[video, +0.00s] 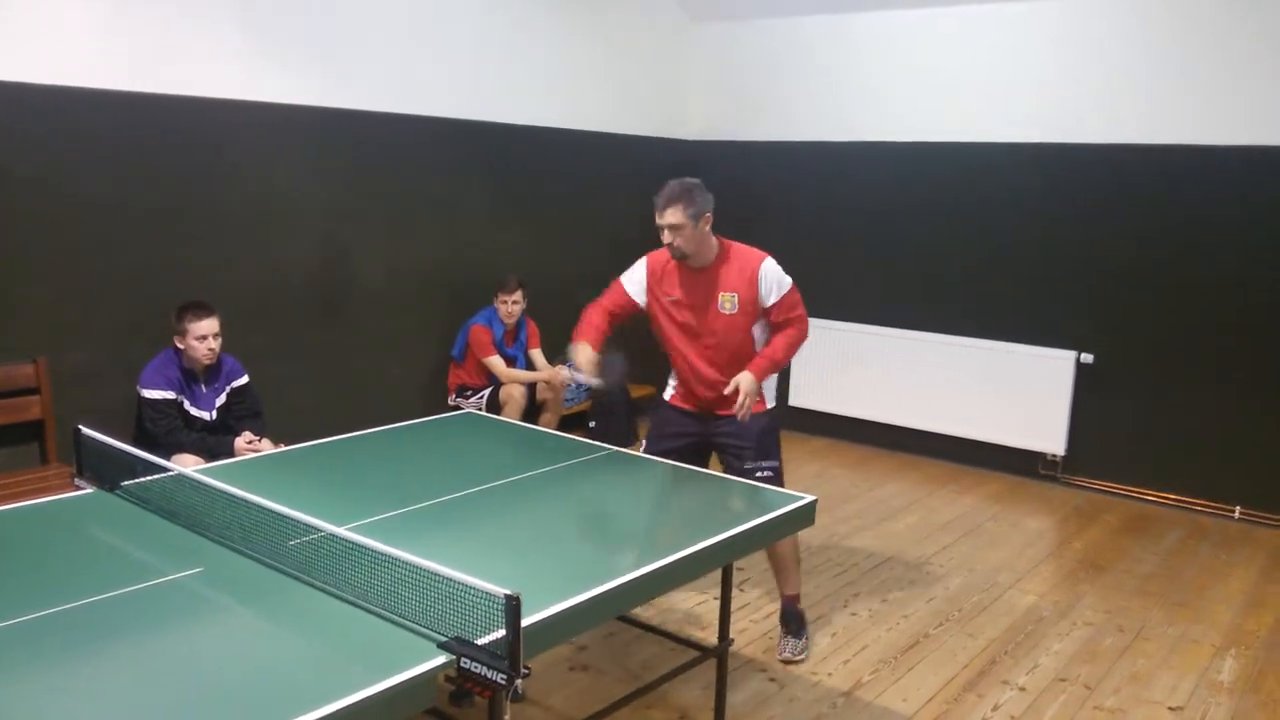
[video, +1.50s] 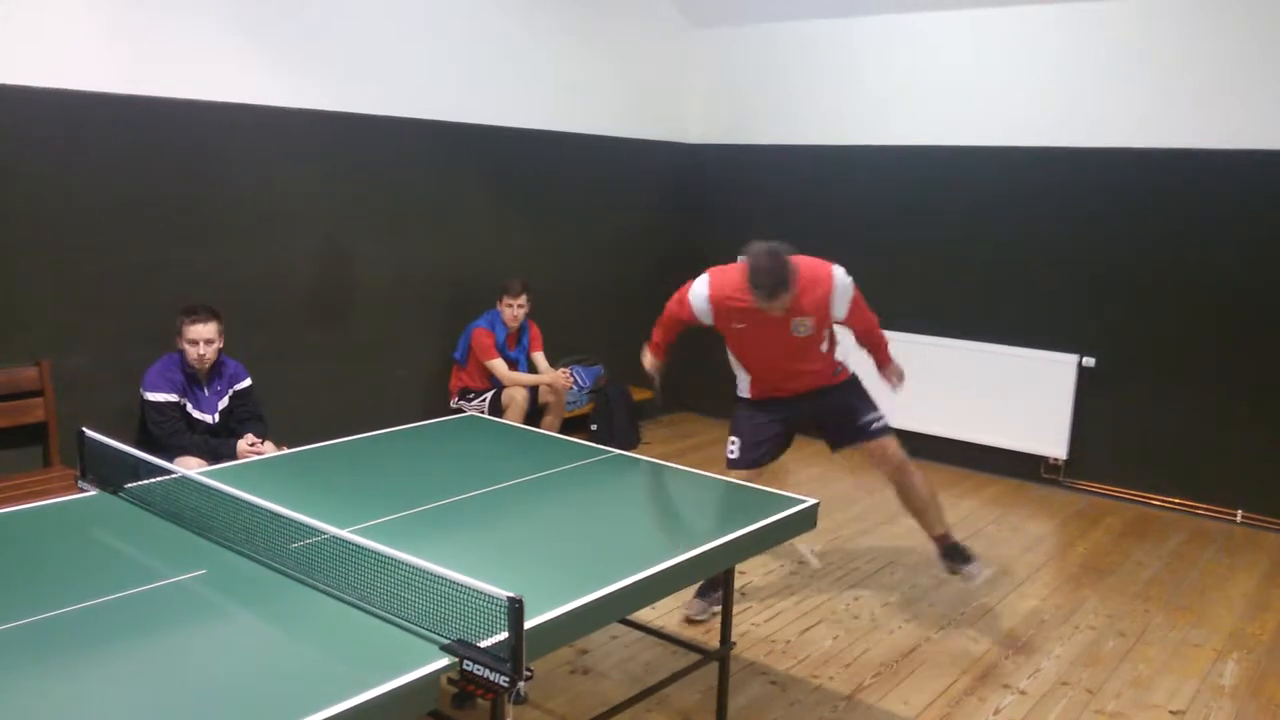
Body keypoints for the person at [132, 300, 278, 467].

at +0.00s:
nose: (212, 346)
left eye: (216, 337)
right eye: (201, 339)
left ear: (221, 337)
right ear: (179, 342)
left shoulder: (230, 368)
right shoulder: (157, 377)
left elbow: (249, 416)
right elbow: (169, 438)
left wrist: (248, 435)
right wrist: (230, 446)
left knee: (265, 448)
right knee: (190, 465)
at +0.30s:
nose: (210, 348)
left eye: (216, 339)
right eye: (200, 341)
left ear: (223, 338)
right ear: (182, 341)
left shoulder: (234, 369)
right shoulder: (160, 377)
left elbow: (251, 417)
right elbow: (173, 439)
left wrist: (251, 435)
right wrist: (233, 447)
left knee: (270, 449)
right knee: (195, 465)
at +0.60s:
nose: (200, 351)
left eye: (208, 342)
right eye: (192, 343)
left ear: (221, 342)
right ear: (179, 342)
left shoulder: (234, 371)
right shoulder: (160, 378)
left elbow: (251, 419)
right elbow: (173, 440)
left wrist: (250, 437)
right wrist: (233, 448)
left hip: (225, 447)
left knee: (270, 451)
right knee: (194, 466)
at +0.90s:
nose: (199, 352)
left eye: (208, 343)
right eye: (191, 343)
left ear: (222, 342)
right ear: (181, 342)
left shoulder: (235, 371)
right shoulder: (161, 377)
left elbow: (251, 419)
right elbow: (174, 440)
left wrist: (251, 438)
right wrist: (234, 449)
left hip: (226, 450)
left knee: (270, 450)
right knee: (195, 467)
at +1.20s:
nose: (199, 350)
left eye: (207, 342)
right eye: (191, 342)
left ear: (223, 342)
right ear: (181, 342)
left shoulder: (236, 371)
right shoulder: (162, 378)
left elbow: (252, 418)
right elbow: (175, 440)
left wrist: (252, 438)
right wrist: (235, 449)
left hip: (227, 449)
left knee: (271, 449)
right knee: (196, 467)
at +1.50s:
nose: (201, 352)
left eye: (209, 343)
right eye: (193, 343)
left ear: (221, 342)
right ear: (179, 343)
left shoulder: (234, 372)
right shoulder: (159, 379)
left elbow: (249, 420)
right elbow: (172, 441)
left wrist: (249, 438)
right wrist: (232, 449)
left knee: (269, 450)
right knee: (193, 467)